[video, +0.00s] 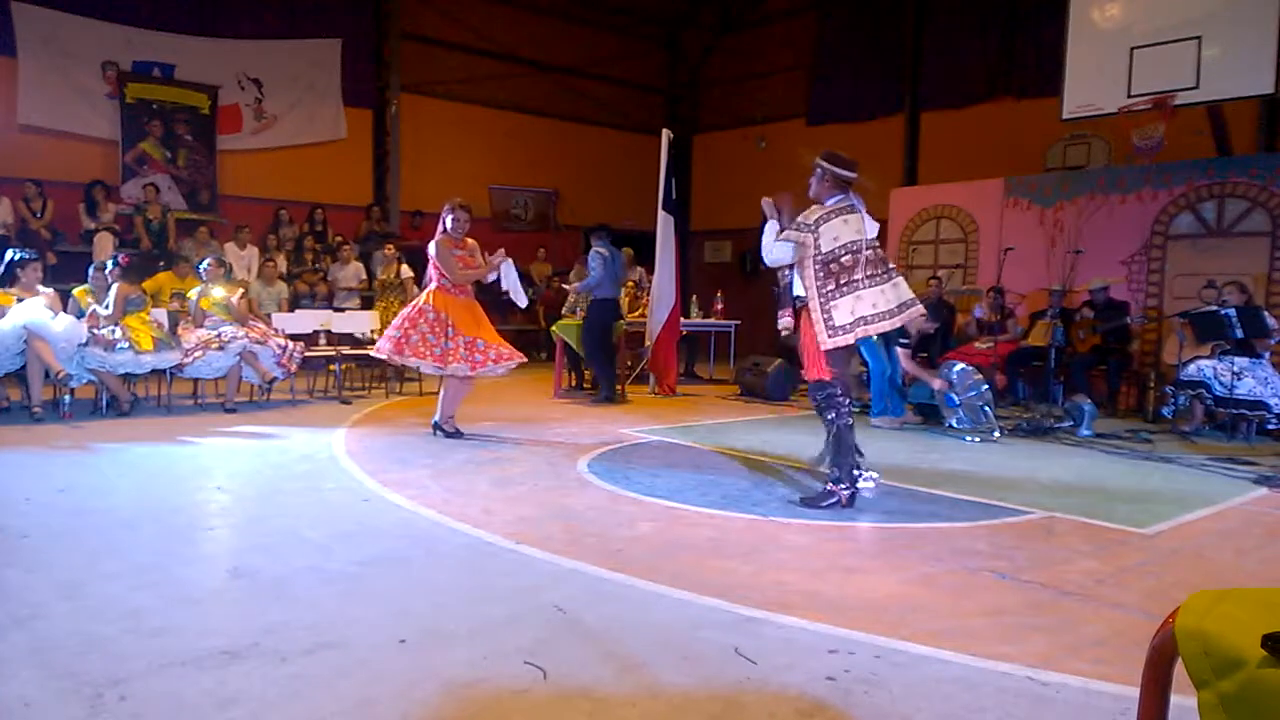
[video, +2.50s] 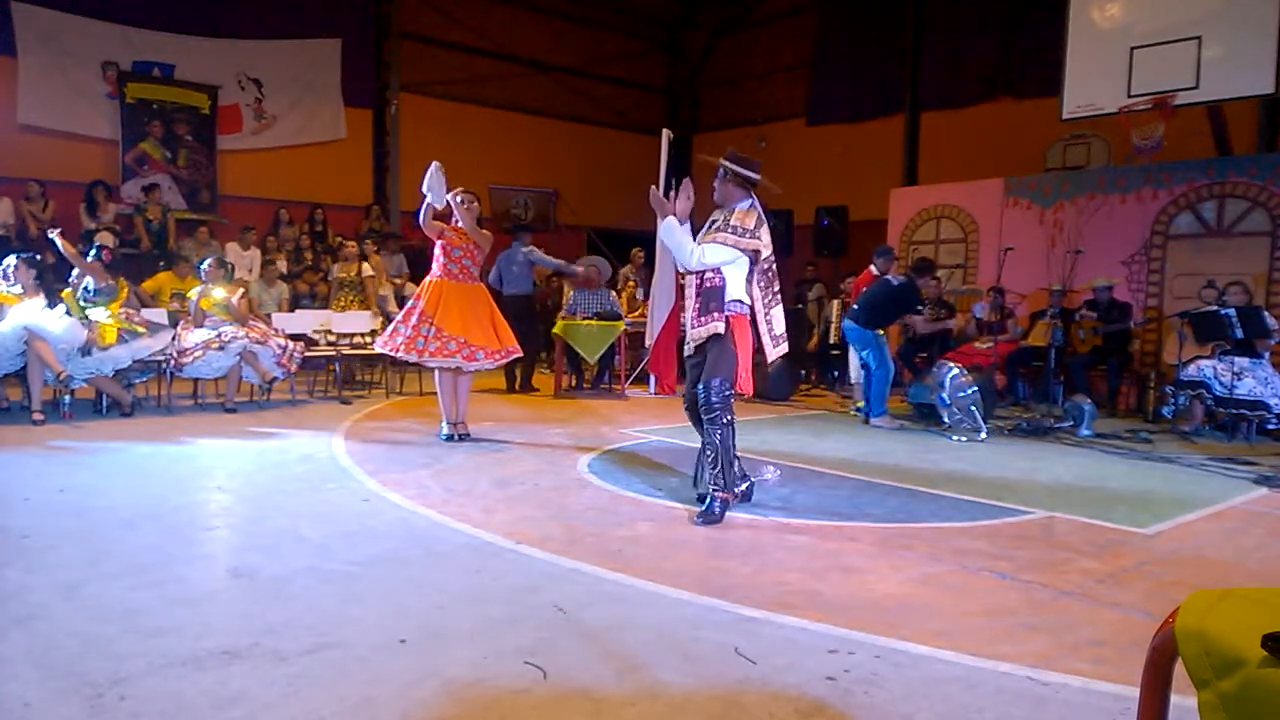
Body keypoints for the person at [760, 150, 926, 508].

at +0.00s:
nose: (809, 183)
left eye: (814, 177)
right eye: (812, 176)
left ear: (826, 181)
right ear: (843, 184)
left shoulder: (812, 222)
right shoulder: (859, 217)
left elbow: (772, 255)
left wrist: (771, 220)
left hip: (818, 316)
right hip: (844, 314)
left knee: (827, 394)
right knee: (833, 391)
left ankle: (841, 482)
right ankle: (848, 464)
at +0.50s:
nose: (786, 176)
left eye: (793, 171)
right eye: (790, 169)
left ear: (805, 178)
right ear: (815, 181)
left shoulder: (812, 216)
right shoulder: (795, 214)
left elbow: (765, 244)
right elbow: (755, 253)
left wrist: (738, 208)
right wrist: (738, 218)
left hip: (806, 318)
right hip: (783, 318)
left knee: (822, 398)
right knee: (756, 391)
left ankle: (841, 485)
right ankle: (740, 480)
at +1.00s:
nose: (739, 175)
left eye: (745, 171)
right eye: (742, 169)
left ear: (759, 178)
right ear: (762, 179)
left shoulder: (777, 215)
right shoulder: (742, 209)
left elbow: (732, 225)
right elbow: (699, 232)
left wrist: (682, 201)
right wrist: (676, 203)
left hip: (749, 318)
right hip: (721, 316)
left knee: (735, 401)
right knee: (722, 400)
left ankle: (734, 489)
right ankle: (728, 481)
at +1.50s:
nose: (721, 182)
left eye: (727, 177)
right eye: (722, 176)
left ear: (743, 182)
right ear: (744, 180)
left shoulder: (755, 218)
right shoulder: (724, 213)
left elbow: (709, 247)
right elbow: (685, 255)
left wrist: (675, 208)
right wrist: (671, 216)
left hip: (733, 316)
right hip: (706, 315)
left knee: (717, 402)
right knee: (706, 401)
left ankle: (719, 492)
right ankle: (739, 478)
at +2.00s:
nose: (714, 189)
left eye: (719, 183)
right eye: (716, 182)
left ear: (733, 187)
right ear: (739, 188)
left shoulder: (747, 226)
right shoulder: (719, 220)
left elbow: (700, 255)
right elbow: (680, 262)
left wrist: (670, 216)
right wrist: (669, 219)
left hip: (727, 324)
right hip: (701, 324)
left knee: (714, 402)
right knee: (688, 405)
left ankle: (720, 492)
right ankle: (734, 476)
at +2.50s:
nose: (713, 185)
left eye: (719, 179)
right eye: (716, 178)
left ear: (734, 185)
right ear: (736, 185)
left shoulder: (744, 222)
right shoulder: (724, 220)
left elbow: (694, 259)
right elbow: (692, 260)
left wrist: (666, 219)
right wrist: (681, 221)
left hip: (730, 321)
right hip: (706, 321)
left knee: (714, 400)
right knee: (694, 402)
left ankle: (721, 490)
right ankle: (733, 475)